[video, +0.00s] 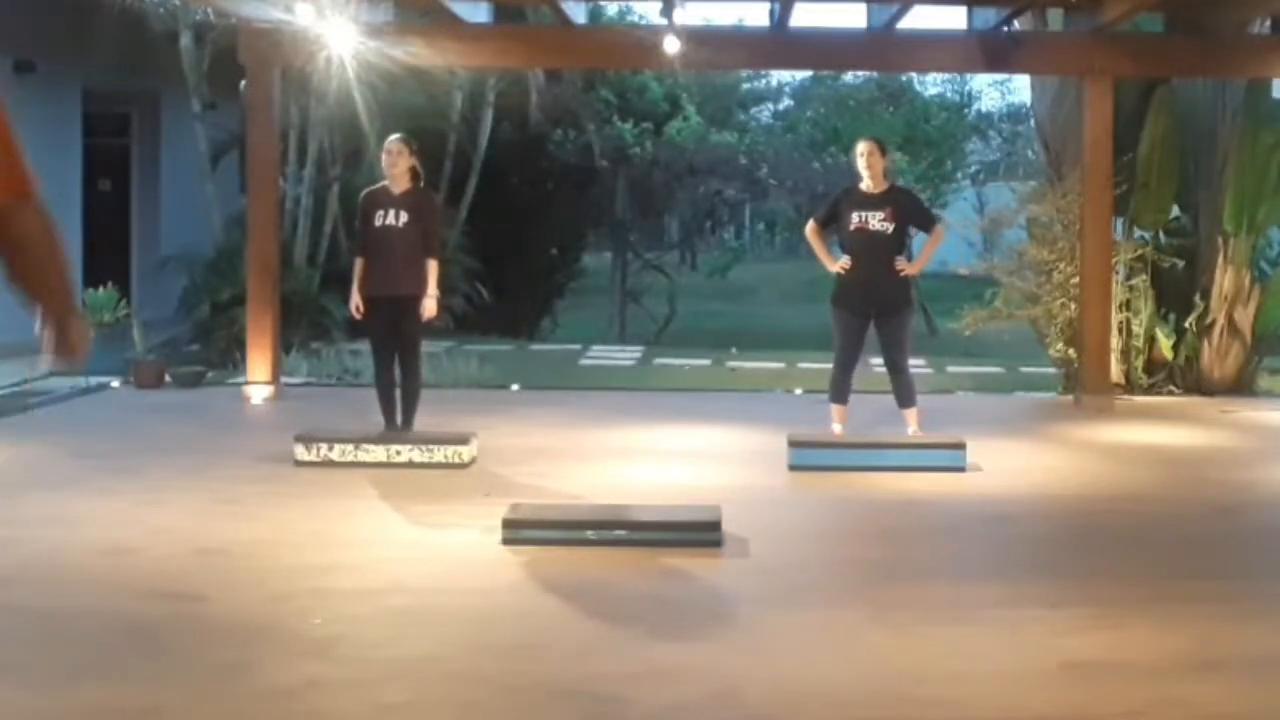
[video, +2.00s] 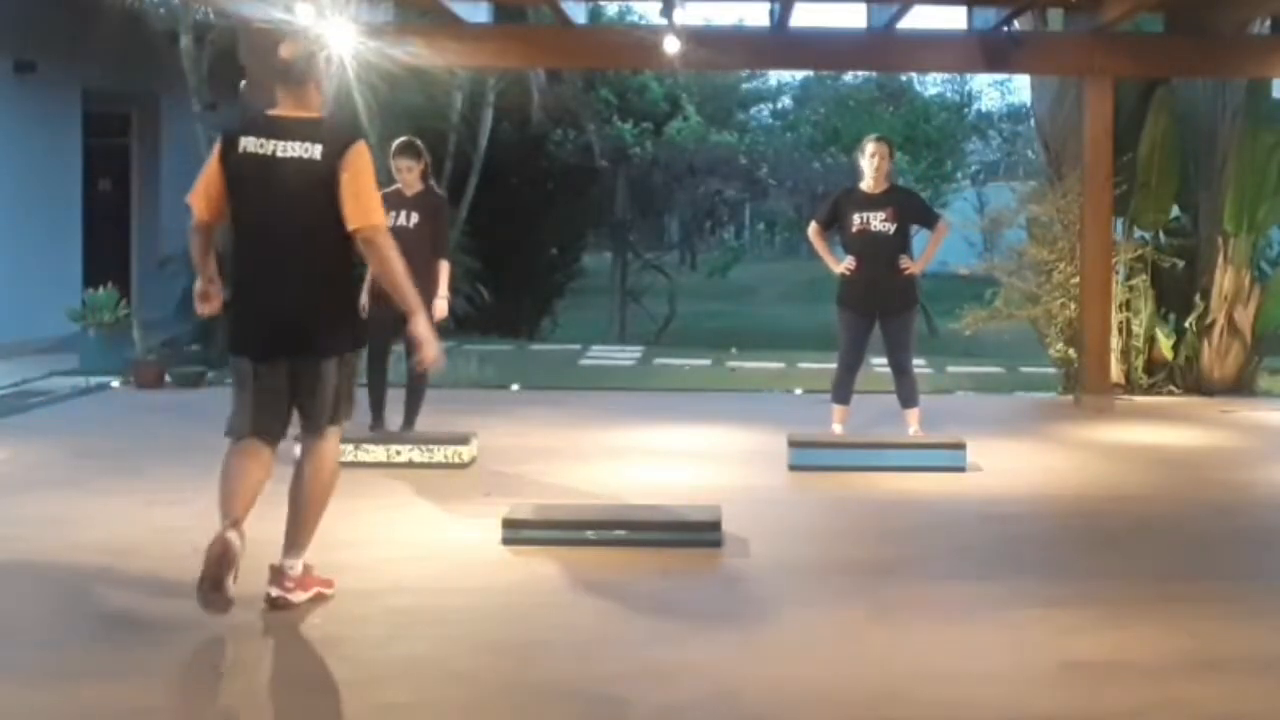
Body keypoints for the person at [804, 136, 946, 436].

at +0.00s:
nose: (866, 160)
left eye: (871, 155)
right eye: (861, 156)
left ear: (884, 160)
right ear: (855, 162)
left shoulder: (902, 198)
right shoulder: (845, 198)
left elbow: (938, 230)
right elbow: (811, 228)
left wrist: (919, 264)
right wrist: (830, 261)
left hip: (892, 287)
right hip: (852, 287)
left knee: (897, 362)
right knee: (845, 359)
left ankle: (913, 429)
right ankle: (838, 430)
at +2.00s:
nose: (876, 162)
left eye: (882, 157)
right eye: (871, 156)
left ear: (890, 162)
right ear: (861, 160)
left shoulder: (905, 198)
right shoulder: (844, 199)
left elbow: (941, 226)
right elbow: (814, 230)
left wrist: (922, 264)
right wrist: (834, 263)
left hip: (897, 287)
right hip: (856, 287)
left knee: (901, 361)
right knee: (848, 359)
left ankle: (914, 429)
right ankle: (837, 429)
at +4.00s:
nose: (883, 175)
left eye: (888, 169)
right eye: (878, 168)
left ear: (894, 170)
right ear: (866, 167)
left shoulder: (904, 200)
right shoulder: (846, 200)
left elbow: (940, 226)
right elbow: (814, 232)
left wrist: (923, 262)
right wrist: (833, 268)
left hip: (898, 287)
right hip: (861, 288)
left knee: (891, 360)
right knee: (869, 360)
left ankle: (889, 425)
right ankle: (860, 424)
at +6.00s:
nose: (877, 162)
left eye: (882, 156)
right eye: (871, 156)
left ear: (892, 160)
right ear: (864, 160)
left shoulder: (907, 198)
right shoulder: (850, 196)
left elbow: (920, 246)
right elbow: (833, 242)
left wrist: (930, 288)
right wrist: (827, 286)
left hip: (894, 292)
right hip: (855, 291)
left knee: (887, 359)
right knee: (856, 358)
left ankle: (887, 425)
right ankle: (857, 424)